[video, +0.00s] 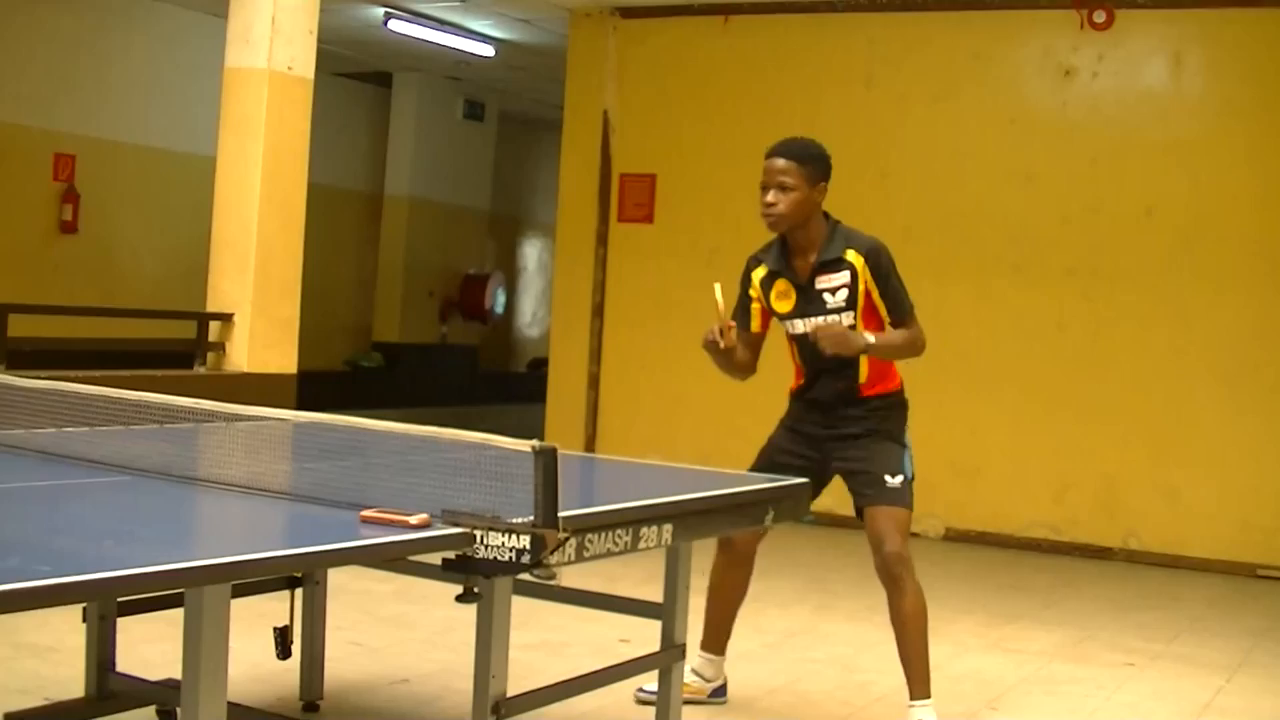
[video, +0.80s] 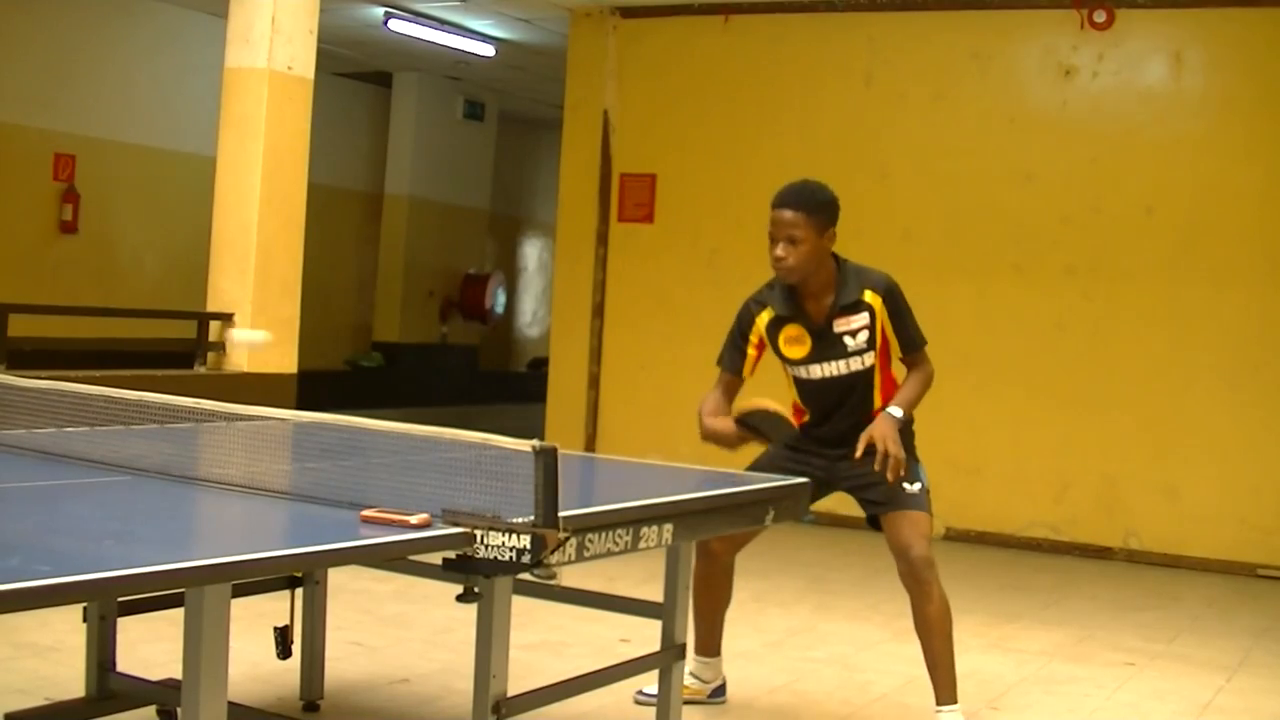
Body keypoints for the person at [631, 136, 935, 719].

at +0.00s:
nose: (767, 199)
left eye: (781, 189)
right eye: (764, 188)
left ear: (819, 192)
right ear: (761, 191)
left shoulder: (865, 254)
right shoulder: (760, 269)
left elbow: (912, 339)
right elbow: (744, 364)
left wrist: (861, 342)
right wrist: (723, 352)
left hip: (873, 418)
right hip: (807, 417)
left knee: (890, 553)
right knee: (738, 529)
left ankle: (921, 706)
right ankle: (708, 671)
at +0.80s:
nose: (778, 253)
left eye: (791, 241)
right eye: (773, 240)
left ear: (827, 239)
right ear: (769, 238)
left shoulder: (877, 292)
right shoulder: (762, 310)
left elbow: (920, 366)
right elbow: (720, 394)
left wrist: (892, 415)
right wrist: (719, 424)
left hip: (878, 444)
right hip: (804, 446)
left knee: (917, 559)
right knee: (714, 542)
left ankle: (949, 710)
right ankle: (704, 674)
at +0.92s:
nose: (778, 279)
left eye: (790, 267)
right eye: (772, 265)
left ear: (828, 260)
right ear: (766, 260)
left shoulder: (877, 301)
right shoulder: (763, 325)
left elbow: (921, 372)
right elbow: (710, 407)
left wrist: (900, 409)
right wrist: (722, 457)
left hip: (878, 443)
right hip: (807, 445)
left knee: (918, 558)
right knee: (713, 542)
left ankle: (949, 708)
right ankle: (704, 674)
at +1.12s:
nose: (780, 267)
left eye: (792, 255)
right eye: (774, 254)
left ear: (828, 246)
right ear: (766, 247)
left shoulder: (874, 288)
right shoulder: (755, 305)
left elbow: (911, 356)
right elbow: (690, 363)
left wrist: (897, 388)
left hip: (868, 444)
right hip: (791, 446)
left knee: (910, 558)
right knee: (708, 545)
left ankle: (945, 709)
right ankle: (704, 675)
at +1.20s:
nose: (778, 250)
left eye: (790, 238)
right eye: (772, 236)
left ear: (826, 229)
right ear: (766, 230)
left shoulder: (874, 279)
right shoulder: (753, 287)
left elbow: (907, 346)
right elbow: (666, 334)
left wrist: (894, 371)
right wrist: (614, 308)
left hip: (863, 440)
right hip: (785, 440)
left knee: (907, 553)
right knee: (705, 541)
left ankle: (933, 707)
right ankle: (702, 673)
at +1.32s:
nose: (772, 231)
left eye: (785, 219)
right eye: (767, 218)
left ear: (823, 216)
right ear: (763, 215)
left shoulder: (869, 276)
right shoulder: (750, 276)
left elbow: (903, 353)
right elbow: (653, 310)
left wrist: (886, 364)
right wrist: (592, 255)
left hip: (855, 439)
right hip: (776, 436)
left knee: (906, 555)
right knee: (691, 539)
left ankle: (925, 707)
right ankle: (684, 659)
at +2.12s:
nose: (618, 245)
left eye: (621, 231)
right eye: (613, 234)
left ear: (654, 216)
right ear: (649, 220)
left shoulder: (719, 259)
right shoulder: (670, 279)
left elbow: (749, 348)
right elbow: (635, 360)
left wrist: (657, 350)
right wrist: (559, 325)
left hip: (773, 427)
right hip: (713, 424)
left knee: (804, 567)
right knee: (625, 512)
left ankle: (888, 701)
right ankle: (630, 658)